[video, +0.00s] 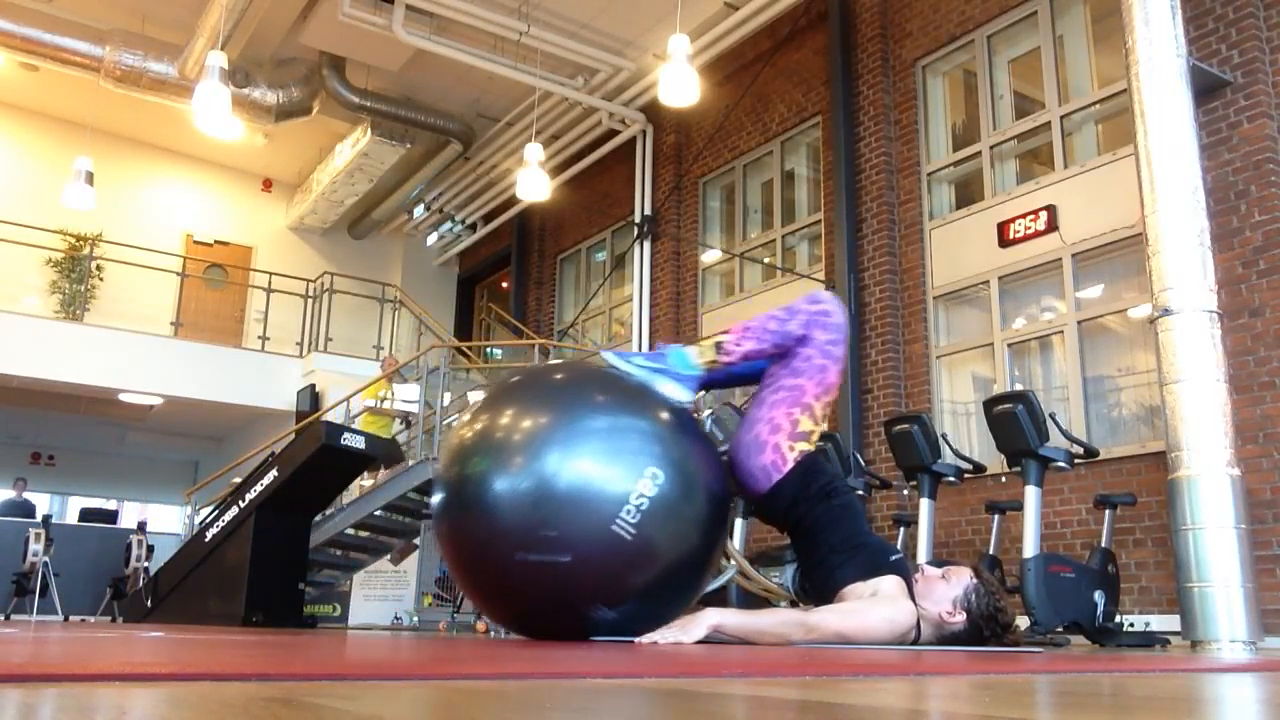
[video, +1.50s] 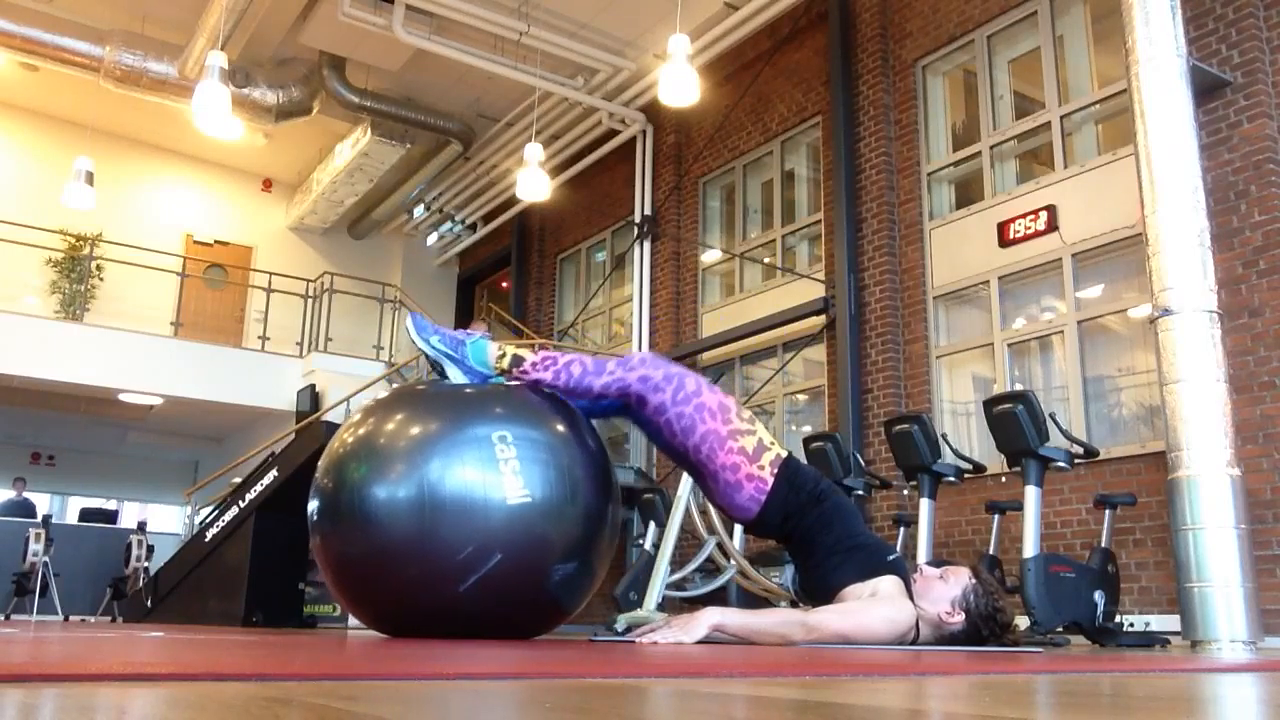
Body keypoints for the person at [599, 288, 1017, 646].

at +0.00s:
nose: (934, 567)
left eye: (946, 577)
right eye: (947, 569)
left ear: (947, 614)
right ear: (946, 612)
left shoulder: (894, 613)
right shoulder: (904, 604)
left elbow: (801, 626)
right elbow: (806, 623)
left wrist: (712, 621)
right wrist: (718, 622)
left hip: (771, 466)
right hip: (792, 468)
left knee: (825, 310)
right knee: (822, 323)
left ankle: (685, 366)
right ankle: (693, 371)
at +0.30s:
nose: (928, 569)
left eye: (943, 578)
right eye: (942, 568)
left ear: (950, 614)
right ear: (948, 612)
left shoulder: (896, 616)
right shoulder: (910, 608)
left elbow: (803, 628)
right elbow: (804, 621)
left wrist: (708, 621)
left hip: (783, 461)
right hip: (806, 470)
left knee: (862, 317)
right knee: (821, 358)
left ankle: (722, 366)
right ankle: (720, 375)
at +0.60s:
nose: (935, 563)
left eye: (946, 576)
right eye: (948, 566)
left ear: (946, 613)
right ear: (947, 613)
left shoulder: (893, 612)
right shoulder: (903, 600)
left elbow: (807, 626)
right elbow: (806, 624)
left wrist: (712, 619)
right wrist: (723, 622)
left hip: (761, 473)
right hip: (784, 473)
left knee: (786, 308)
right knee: (790, 320)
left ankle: (655, 366)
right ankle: (660, 370)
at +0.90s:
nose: (935, 568)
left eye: (947, 580)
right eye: (948, 568)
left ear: (946, 617)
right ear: (943, 604)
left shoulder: (894, 608)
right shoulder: (892, 595)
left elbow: (808, 627)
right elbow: (806, 622)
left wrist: (709, 618)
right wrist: (717, 621)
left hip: (765, 477)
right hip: (778, 467)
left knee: (689, 329)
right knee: (697, 332)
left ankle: (544, 361)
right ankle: (564, 371)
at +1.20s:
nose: (937, 569)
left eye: (949, 581)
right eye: (950, 569)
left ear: (946, 616)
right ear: (943, 602)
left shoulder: (893, 610)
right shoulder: (891, 596)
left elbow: (803, 624)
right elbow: (802, 622)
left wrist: (714, 618)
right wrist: (714, 622)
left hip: (764, 485)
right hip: (772, 473)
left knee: (641, 384)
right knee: (648, 384)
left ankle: (489, 363)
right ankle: (512, 378)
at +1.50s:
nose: (937, 569)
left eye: (949, 580)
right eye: (950, 570)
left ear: (945, 615)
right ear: (944, 606)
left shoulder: (892, 611)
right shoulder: (891, 596)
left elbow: (802, 625)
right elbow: (801, 621)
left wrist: (712, 619)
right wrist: (717, 620)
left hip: (760, 484)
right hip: (769, 471)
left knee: (645, 373)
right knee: (650, 370)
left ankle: (492, 363)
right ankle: (513, 372)